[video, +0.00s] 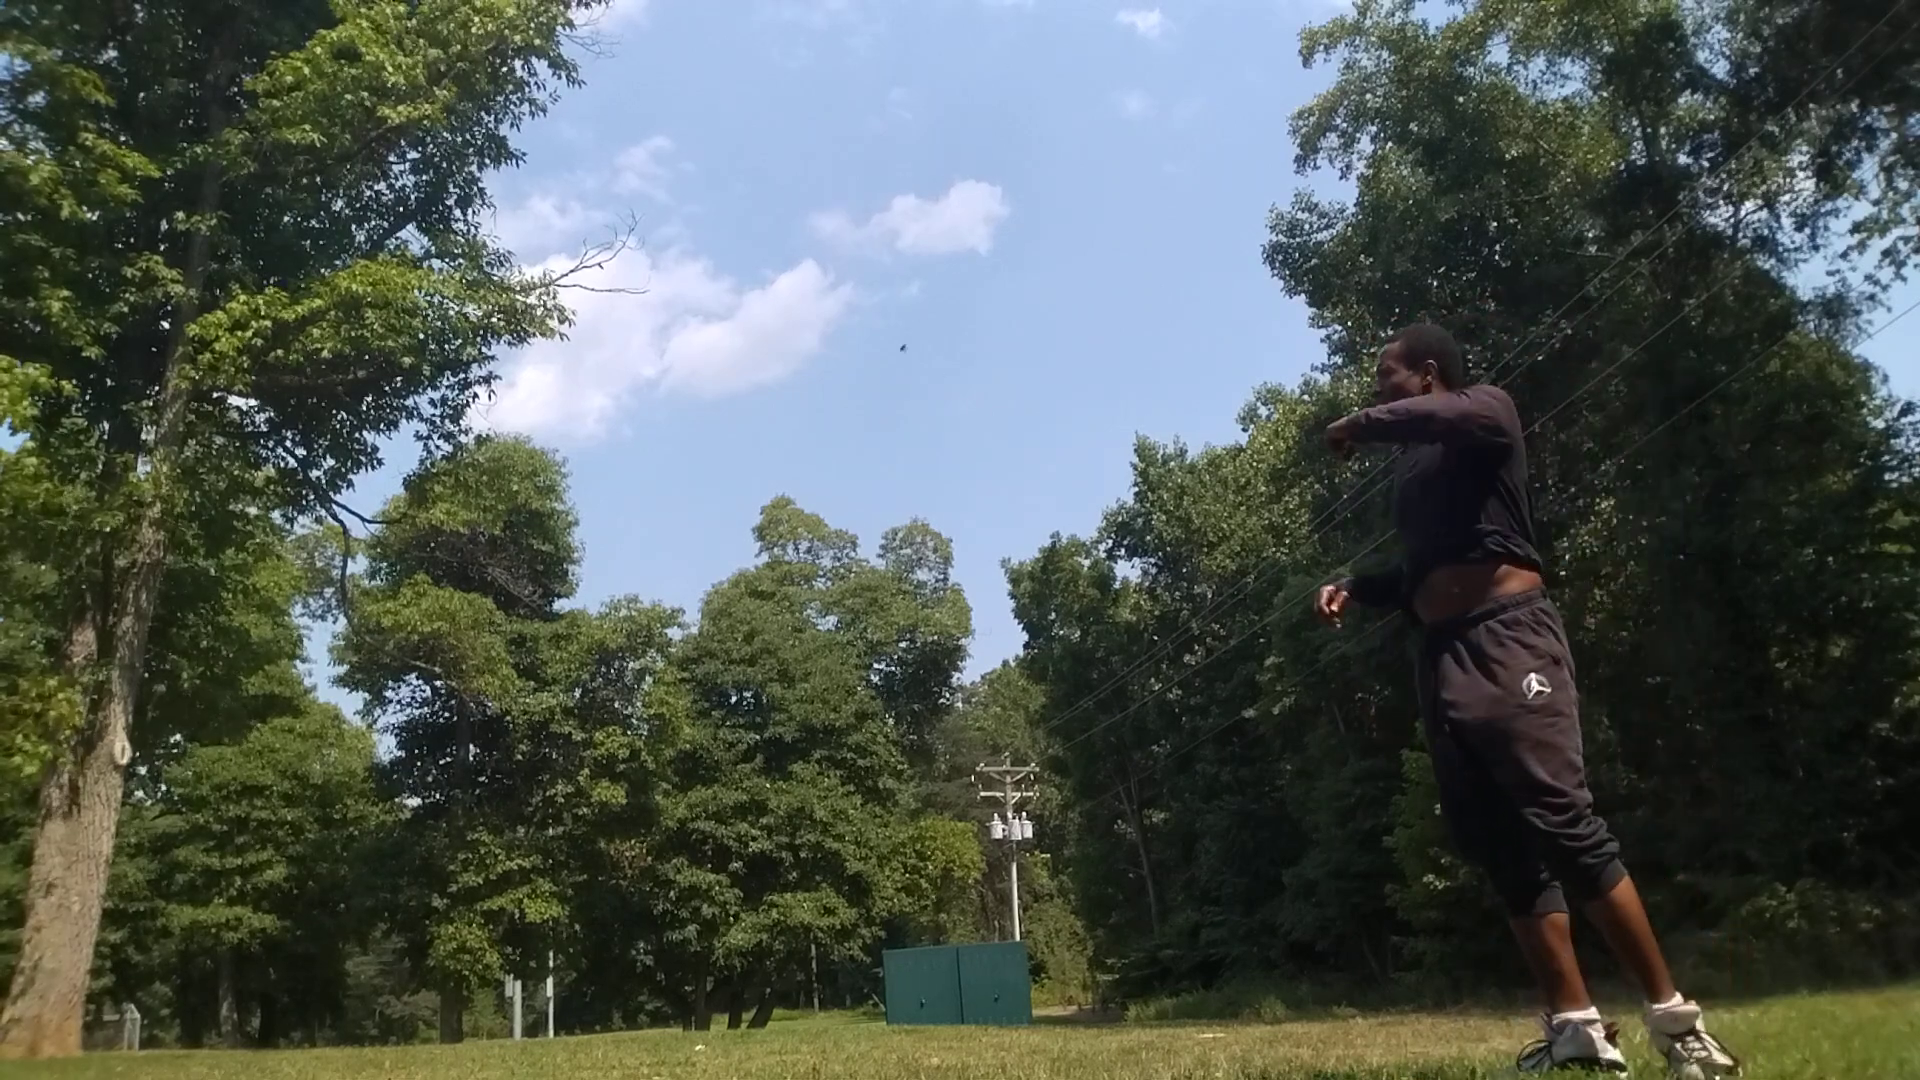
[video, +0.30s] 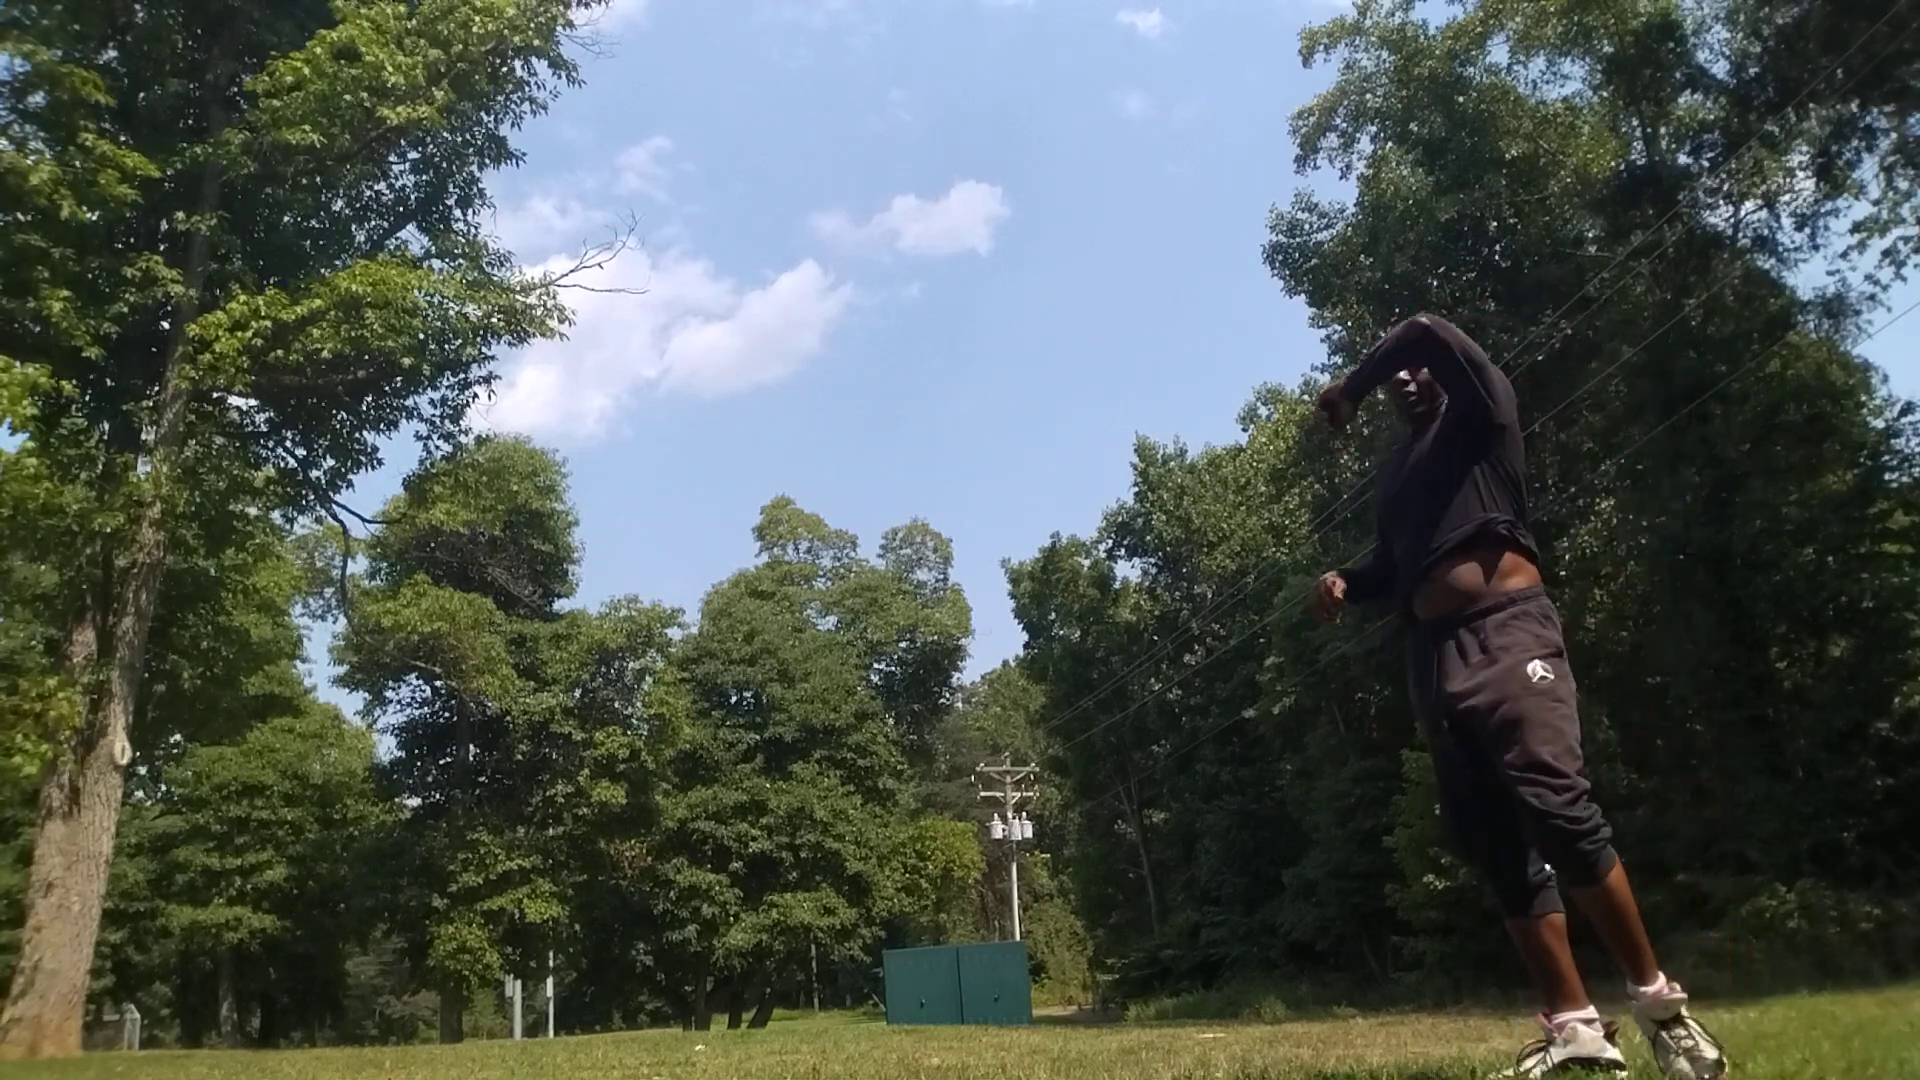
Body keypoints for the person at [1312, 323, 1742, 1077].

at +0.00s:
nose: (1379, 390)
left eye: (1388, 377)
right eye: (1378, 379)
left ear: (1427, 374)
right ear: (1414, 377)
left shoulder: (1489, 409)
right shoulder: (1412, 462)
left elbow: (1437, 419)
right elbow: (1426, 578)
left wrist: (1360, 424)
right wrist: (1357, 589)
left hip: (1512, 631)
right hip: (1447, 653)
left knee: (1570, 824)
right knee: (1501, 841)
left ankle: (1672, 1016)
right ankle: (1575, 1028)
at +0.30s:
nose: (1410, 378)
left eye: (1423, 364)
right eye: (1399, 371)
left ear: (1452, 370)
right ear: (1394, 393)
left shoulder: (1485, 415)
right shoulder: (1398, 471)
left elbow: (1428, 325)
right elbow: (1394, 569)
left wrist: (1347, 386)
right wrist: (1347, 584)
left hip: (1513, 626)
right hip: (1440, 649)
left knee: (1561, 810)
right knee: (1496, 837)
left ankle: (1657, 1000)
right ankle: (1575, 1028)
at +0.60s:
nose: (1413, 363)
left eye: (1426, 348)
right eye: (1410, 356)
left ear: (1458, 349)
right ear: (1417, 369)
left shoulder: (1502, 394)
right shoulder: (1395, 460)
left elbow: (1426, 294)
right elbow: (1382, 551)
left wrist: (1365, 374)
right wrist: (1362, 576)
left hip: (1534, 617)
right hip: (1455, 644)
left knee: (1562, 818)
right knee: (1500, 831)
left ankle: (1606, 1030)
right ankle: (1564, 1025)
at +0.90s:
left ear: (1493, 301)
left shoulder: (1542, 352)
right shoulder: (1430, 408)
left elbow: (1492, 254)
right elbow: (1421, 509)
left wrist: (1436, 346)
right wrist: (1392, 536)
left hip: (1552, 591)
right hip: (1463, 610)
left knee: (1578, 814)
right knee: (1469, 819)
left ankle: (1611, 1034)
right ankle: (1552, 1007)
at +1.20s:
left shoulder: (1574, 338)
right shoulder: (1442, 388)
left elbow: (1556, 235)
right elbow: (1417, 485)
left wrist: (1460, 320)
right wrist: (1395, 506)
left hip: (1574, 585)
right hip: (1466, 600)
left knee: (1591, 810)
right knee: (1466, 806)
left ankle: (1609, 1035)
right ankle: (1511, 1029)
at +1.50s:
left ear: (1541, 259)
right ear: (1528, 259)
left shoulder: (1594, 316)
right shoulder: (1447, 358)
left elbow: (1610, 204)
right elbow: (1387, 457)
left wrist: (1484, 270)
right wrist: (1369, 446)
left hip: (1593, 575)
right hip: (1486, 585)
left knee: (1608, 802)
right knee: (1543, 790)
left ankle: (1615, 1019)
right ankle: (1607, 1020)